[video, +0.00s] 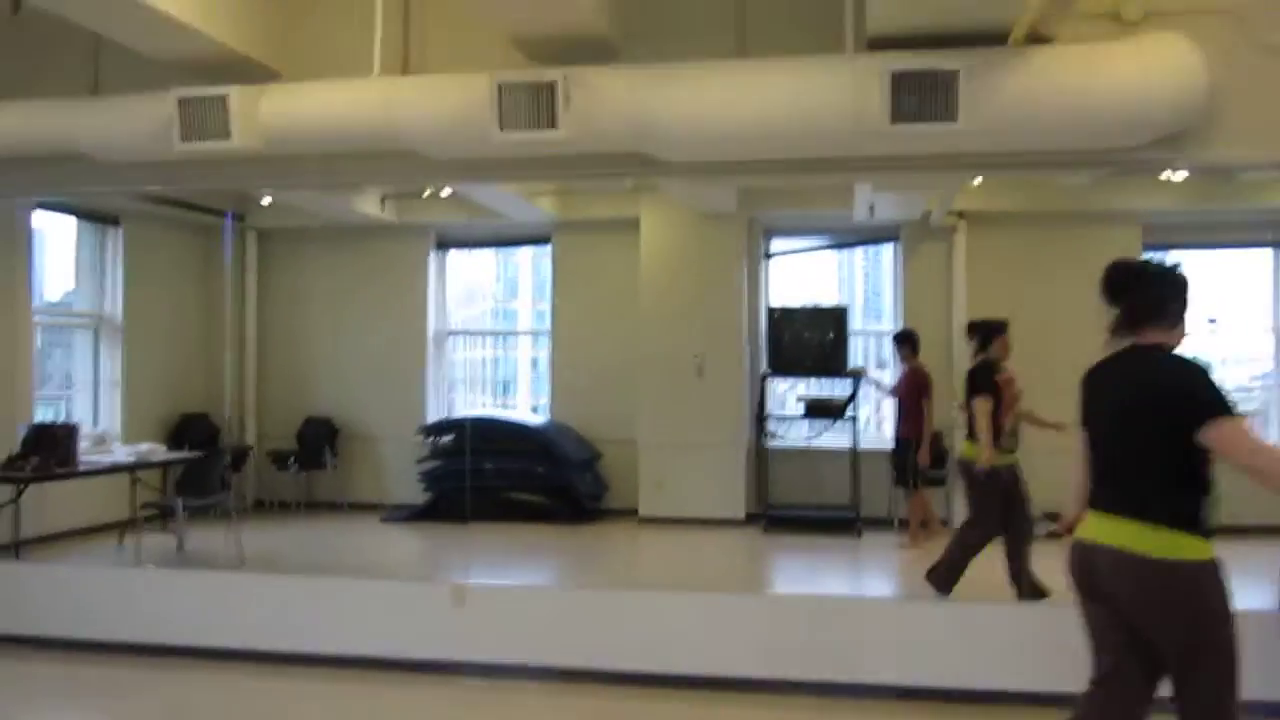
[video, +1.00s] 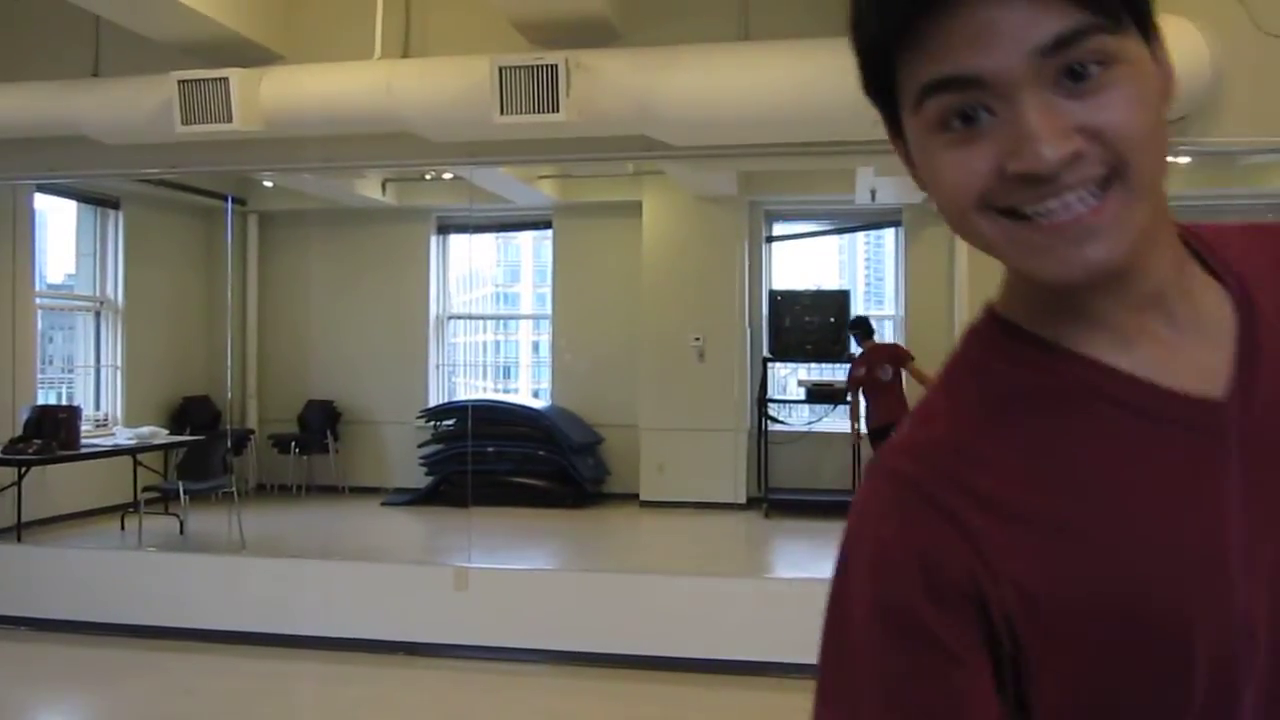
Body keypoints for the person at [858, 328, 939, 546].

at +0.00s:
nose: (898, 353)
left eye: (901, 348)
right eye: (897, 348)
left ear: (910, 348)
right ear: (902, 349)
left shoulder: (921, 376)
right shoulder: (906, 374)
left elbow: (928, 413)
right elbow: (893, 393)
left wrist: (925, 447)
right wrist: (868, 379)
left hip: (915, 437)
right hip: (903, 436)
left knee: (912, 486)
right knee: (910, 484)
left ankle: (914, 533)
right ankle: (932, 523)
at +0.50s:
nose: (893, 341)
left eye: (895, 336)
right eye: (893, 336)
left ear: (903, 336)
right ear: (909, 336)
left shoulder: (916, 361)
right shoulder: (913, 360)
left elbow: (921, 403)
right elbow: (901, 387)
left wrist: (914, 437)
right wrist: (873, 374)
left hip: (910, 424)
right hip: (912, 423)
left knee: (893, 469)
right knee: (918, 470)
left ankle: (914, 516)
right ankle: (933, 514)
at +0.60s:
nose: (889, 345)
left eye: (889, 341)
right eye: (888, 341)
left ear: (895, 341)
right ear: (907, 338)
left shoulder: (908, 366)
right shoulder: (920, 361)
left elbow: (909, 409)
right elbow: (906, 394)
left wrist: (901, 443)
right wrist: (877, 389)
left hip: (909, 430)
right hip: (924, 428)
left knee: (882, 470)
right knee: (920, 469)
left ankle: (913, 512)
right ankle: (934, 514)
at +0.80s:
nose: (871, 349)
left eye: (870, 346)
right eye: (872, 345)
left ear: (872, 346)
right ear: (890, 341)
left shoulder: (874, 375)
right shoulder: (915, 362)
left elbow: (871, 413)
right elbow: (924, 398)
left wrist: (866, 444)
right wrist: (926, 423)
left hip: (897, 434)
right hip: (923, 429)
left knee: (902, 478)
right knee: (934, 467)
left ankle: (911, 523)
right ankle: (941, 509)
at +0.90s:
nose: (866, 349)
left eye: (864, 346)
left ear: (864, 346)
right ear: (884, 340)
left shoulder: (865, 375)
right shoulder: (906, 361)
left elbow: (860, 411)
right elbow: (926, 394)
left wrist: (856, 437)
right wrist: (946, 418)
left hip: (887, 435)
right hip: (913, 429)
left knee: (901, 482)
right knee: (935, 474)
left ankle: (913, 529)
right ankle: (955, 519)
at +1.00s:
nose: (854, 339)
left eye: (854, 336)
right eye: (854, 335)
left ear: (856, 337)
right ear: (872, 331)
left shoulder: (857, 364)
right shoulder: (893, 350)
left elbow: (855, 400)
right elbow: (917, 374)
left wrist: (855, 429)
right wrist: (938, 390)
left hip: (875, 423)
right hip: (900, 418)